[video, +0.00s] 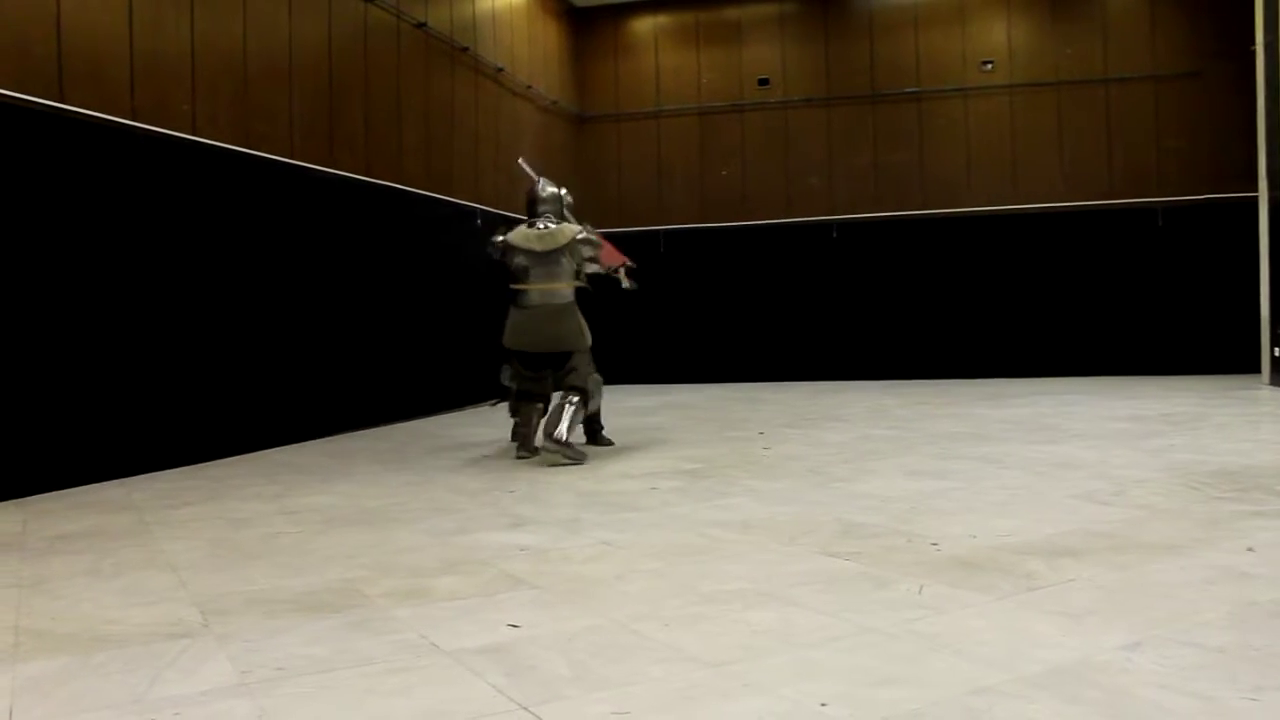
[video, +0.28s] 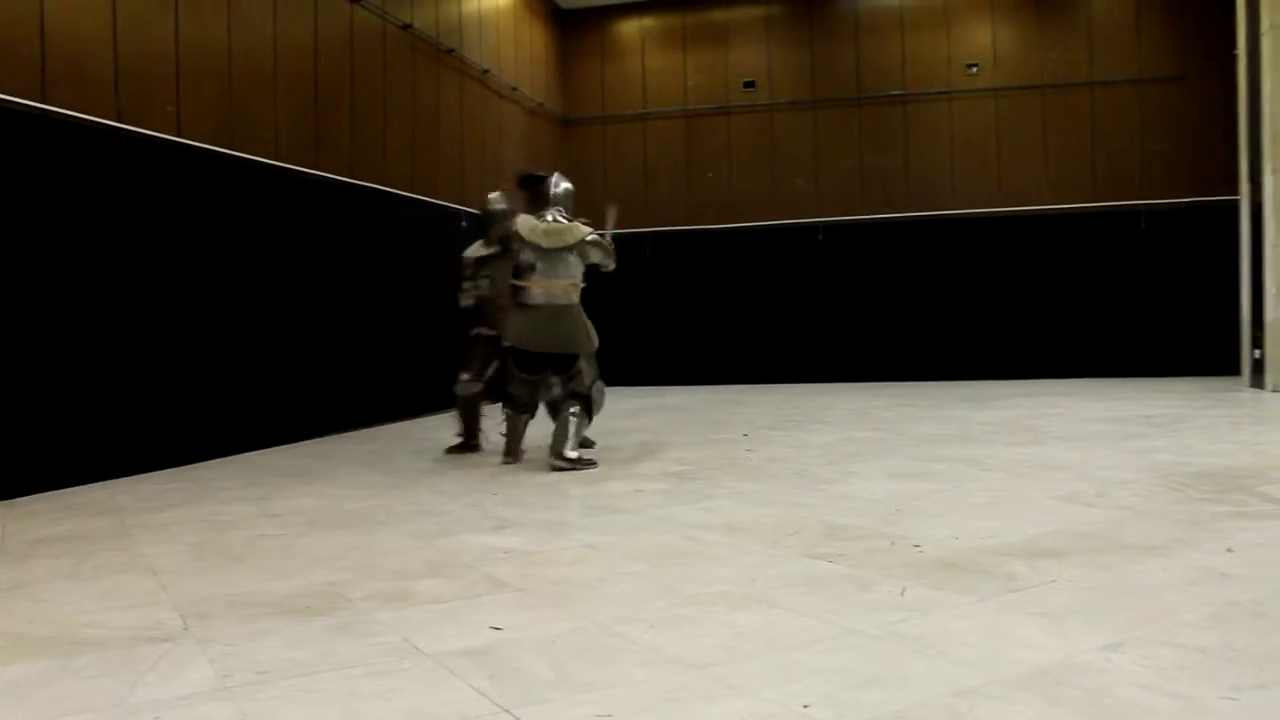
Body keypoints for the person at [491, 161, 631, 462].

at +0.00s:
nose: (566, 203)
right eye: (564, 199)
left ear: (530, 207)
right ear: (561, 207)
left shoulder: (513, 241)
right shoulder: (574, 238)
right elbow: (601, 262)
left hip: (526, 327)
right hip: (565, 328)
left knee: (529, 381)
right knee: (579, 379)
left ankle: (525, 442)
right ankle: (558, 434)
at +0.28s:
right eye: (570, 201)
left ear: (544, 199)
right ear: (571, 202)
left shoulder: (522, 229)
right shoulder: (581, 235)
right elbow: (608, 260)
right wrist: (603, 238)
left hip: (526, 318)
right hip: (567, 321)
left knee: (521, 385)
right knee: (581, 386)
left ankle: (512, 449)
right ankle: (565, 449)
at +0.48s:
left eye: (529, 194)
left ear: (524, 194)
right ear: (555, 196)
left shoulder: (506, 225)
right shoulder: (567, 235)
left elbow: (481, 264)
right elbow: (577, 275)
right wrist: (583, 250)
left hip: (510, 319)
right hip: (551, 320)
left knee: (506, 378)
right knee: (547, 388)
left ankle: (510, 430)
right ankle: (538, 455)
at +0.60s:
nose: (527, 196)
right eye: (534, 190)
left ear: (510, 189)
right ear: (543, 191)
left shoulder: (491, 221)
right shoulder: (560, 234)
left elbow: (469, 259)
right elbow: (562, 273)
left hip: (500, 323)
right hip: (543, 324)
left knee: (507, 392)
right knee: (540, 390)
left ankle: (512, 461)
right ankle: (534, 457)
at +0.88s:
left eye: (482, 176)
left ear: (480, 177)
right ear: (516, 176)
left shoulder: (465, 218)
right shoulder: (537, 216)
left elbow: (441, 273)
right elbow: (538, 251)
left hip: (483, 325)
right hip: (531, 323)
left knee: (484, 400)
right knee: (539, 394)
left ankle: (485, 473)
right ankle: (555, 456)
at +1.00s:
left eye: (489, 182)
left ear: (484, 184)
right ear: (520, 184)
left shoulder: (466, 225)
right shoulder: (538, 226)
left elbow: (449, 271)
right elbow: (542, 278)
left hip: (477, 334)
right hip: (528, 333)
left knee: (474, 397)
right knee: (544, 402)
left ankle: (474, 473)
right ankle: (568, 461)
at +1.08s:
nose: (504, 189)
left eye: (498, 183)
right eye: (514, 184)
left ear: (491, 186)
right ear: (526, 184)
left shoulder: (472, 223)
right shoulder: (545, 228)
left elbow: (433, 250)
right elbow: (546, 267)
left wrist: (427, 215)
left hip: (483, 332)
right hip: (533, 331)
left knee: (477, 396)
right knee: (544, 404)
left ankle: (470, 473)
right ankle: (565, 472)